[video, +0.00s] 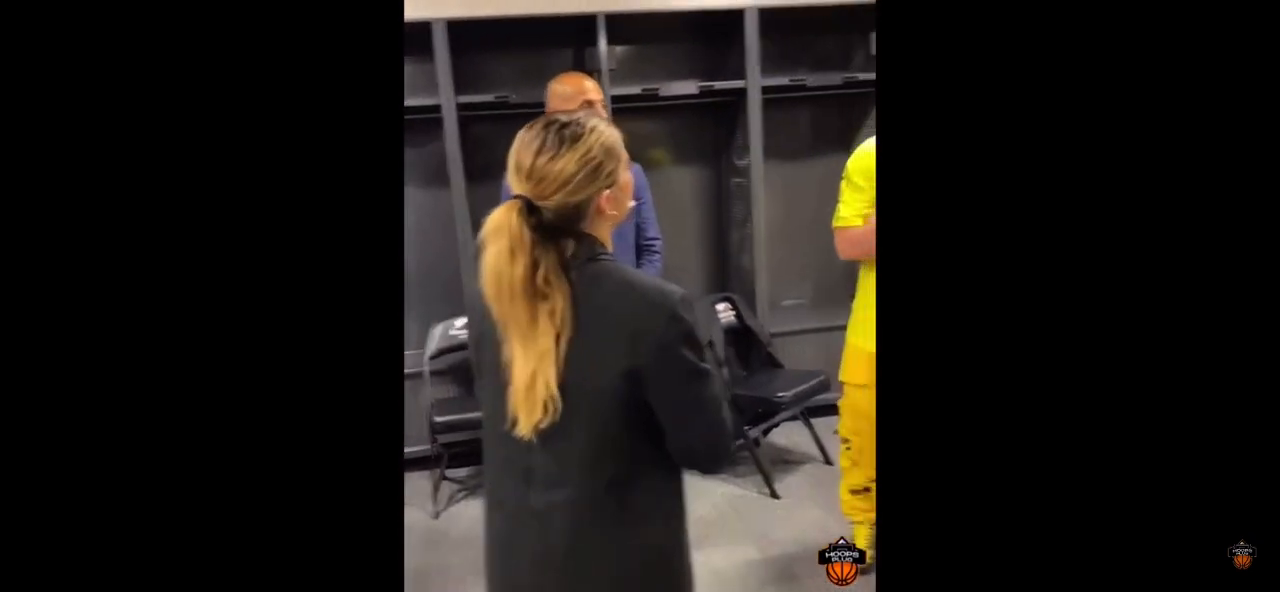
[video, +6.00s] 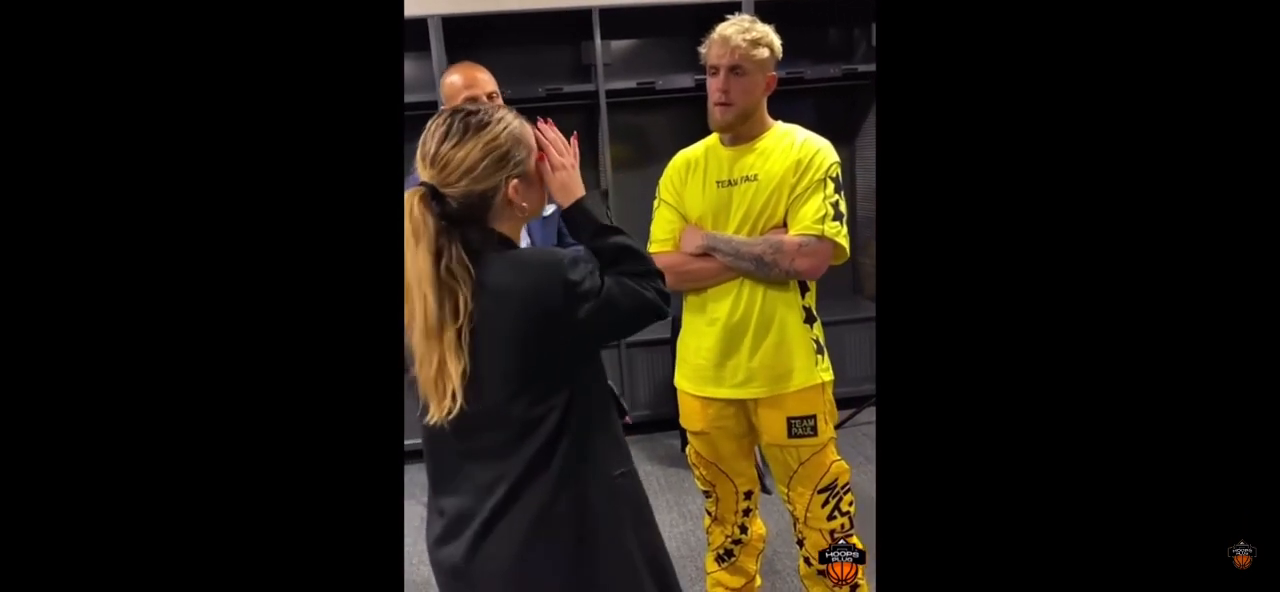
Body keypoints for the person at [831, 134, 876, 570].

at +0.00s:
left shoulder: (866, 158)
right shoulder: (867, 157)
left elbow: (846, 242)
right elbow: (847, 243)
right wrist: (875, 230)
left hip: (868, 329)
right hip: (869, 328)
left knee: (861, 431)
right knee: (860, 429)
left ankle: (864, 534)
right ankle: (863, 533)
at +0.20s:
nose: (854, 99)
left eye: (865, 91)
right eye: (854, 88)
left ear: (884, 103)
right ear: (851, 96)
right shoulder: (818, 168)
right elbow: (795, 255)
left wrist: (841, 237)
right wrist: (862, 249)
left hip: (873, 354)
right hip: (817, 347)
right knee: (787, 442)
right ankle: (800, 526)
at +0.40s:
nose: (809, 113)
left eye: (827, 107)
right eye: (806, 101)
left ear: (856, 121)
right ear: (799, 104)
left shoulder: (870, 184)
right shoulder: (760, 178)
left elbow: (866, 285)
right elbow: (742, 268)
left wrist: (781, 246)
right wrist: (827, 261)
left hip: (845, 359)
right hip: (766, 353)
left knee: (855, 484)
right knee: (739, 463)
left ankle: (860, 581)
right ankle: (724, 565)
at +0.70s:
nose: (731, 127)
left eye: (747, 119)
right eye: (726, 114)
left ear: (773, 131)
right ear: (716, 118)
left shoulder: (794, 192)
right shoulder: (683, 192)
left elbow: (794, 288)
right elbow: (673, 283)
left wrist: (712, 257)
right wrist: (758, 269)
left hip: (777, 368)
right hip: (701, 368)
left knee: (802, 495)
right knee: (682, 491)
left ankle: (818, 585)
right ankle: (667, 583)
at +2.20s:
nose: (682, 138)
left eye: (699, 126)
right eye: (676, 123)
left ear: (731, 138)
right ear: (667, 127)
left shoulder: (762, 213)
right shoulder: (636, 208)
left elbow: (760, 319)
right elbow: (615, 310)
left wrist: (661, 287)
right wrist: (716, 301)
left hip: (731, 411)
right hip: (648, 409)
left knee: (741, 558)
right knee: (661, 557)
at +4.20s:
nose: (705, 105)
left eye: (722, 91)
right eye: (698, 89)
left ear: (753, 100)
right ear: (688, 93)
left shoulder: (790, 173)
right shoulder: (661, 180)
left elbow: (792, 279)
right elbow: (643, 285)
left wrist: (686, 255)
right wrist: (746, 270)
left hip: (765, 384)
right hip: (679, 387)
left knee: (799, 536)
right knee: (702, 542)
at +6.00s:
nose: (719, 86)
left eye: (736, 72)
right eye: (712, 72)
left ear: (768, 82)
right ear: (704, 79)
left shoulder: (808, 153)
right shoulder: (682, 167)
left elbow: (812, 259)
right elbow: (663, 272)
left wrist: (704, 240)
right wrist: (765, 253)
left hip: (789, 369)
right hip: (704, 373)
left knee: (823, 519)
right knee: (725, 524)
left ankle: (839, 584)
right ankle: (731, 585)